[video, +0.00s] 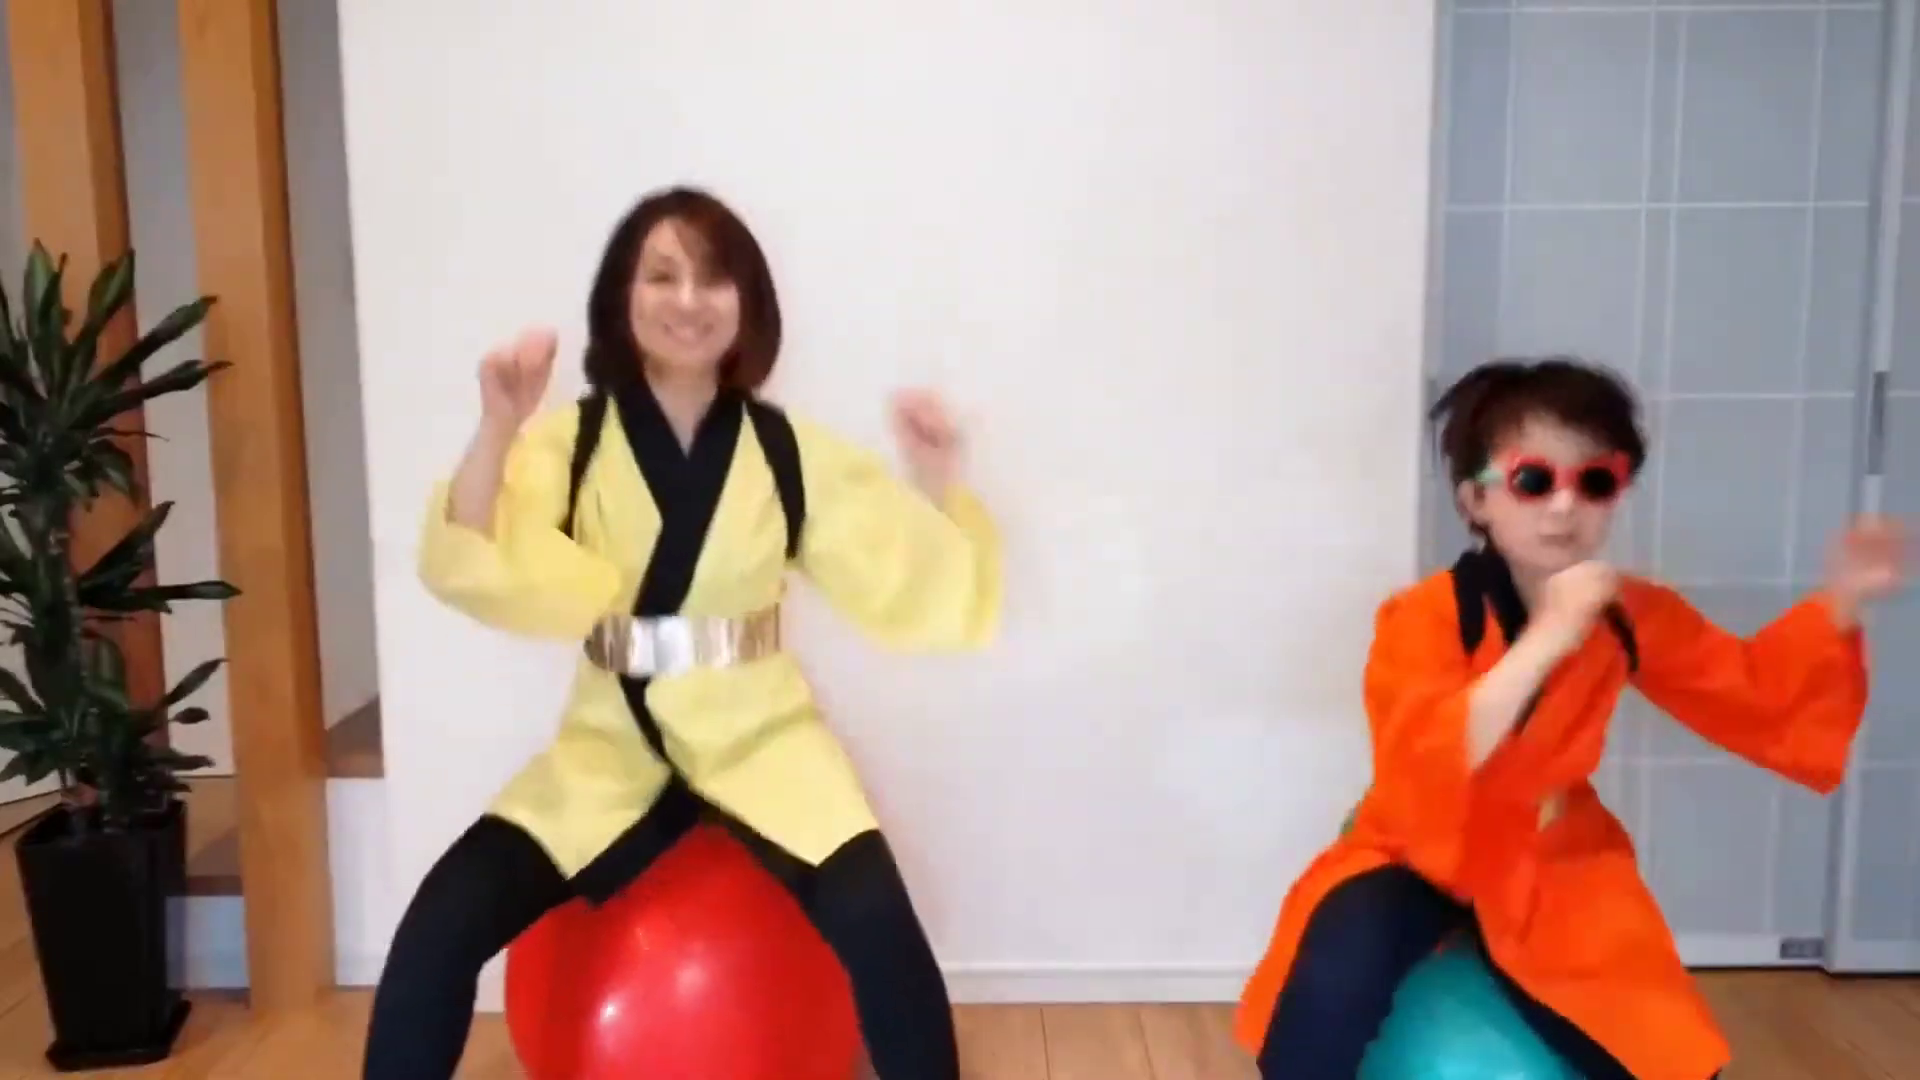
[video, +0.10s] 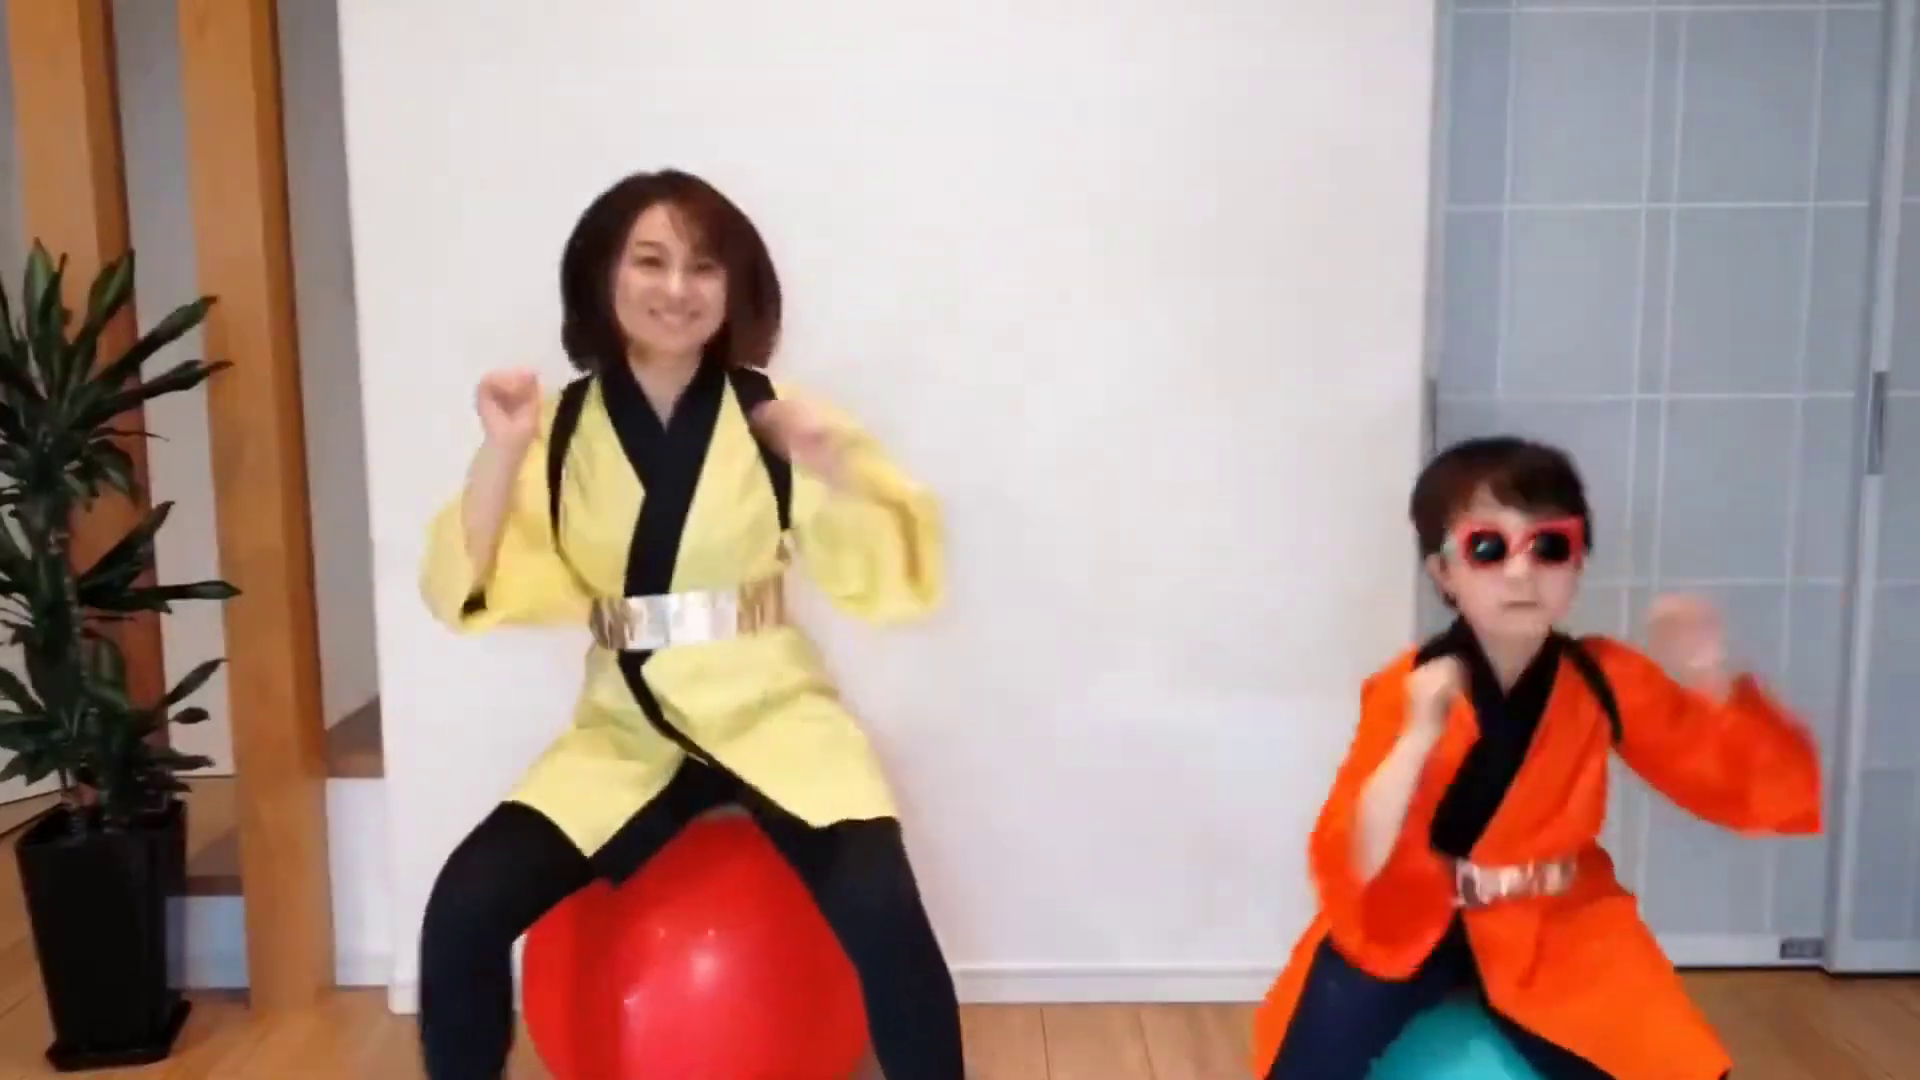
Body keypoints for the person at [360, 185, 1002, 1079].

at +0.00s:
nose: (686, 300)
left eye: (713, 279)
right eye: (660, 276)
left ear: (747, 303)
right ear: (622, 298)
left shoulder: (785, 447)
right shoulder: (570, 437)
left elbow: (923, 597)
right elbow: (464, 571)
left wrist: (936, 481)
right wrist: (496, 431)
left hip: (766, 747)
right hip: (611, 752)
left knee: (882, 929)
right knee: (440, 924)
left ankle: (922, 1071)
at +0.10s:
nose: (674, 289)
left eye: (703, 267)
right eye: (648, 262)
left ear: (733, 289)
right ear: (602, 281)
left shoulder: (772, 416)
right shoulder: (559, 426)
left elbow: (890, 574)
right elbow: (460, 594)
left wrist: (831, 462)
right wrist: (503, 451)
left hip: (778, 726)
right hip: (626, 738)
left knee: (886, 916)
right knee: (463, 909)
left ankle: (930, 1072)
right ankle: (461, 1073)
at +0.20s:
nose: (664, 336)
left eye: (688, 314)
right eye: (637, 311)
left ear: (719, 335)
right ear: (589, 330)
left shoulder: (778, 456)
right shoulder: (542, 485)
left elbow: (886, 556)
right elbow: (514, 664)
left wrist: (788, 567)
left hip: (788, 768)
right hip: (640, 780)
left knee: (886, 933)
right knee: (496, 938)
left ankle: (923, 1072)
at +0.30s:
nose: (646, 397)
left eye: (668, 372)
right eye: (616, 377)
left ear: (700, 390)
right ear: (575, 404)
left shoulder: (761, 508)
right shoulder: (548, 549)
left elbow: (900, 587)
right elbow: (545, 671)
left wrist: (838, 683)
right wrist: (519, 724)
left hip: (794, 824)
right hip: (647, 842)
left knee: (881, 957)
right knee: (500, 942)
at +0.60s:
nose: (608, 352)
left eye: (623, 323)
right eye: (573, 335)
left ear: (652, 332)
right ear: (526, 363)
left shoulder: (735, 440)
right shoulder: (524, 508)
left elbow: (863, 542)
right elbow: (557, 654)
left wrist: (917, 697)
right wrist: (526, 781)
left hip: (778, 747)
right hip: (635, 767)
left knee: (868, 940)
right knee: (468, 889)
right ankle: (450, 1068)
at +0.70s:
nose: (608, 384)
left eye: (623, 358)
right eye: (575, 365)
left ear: (649, 372)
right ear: (523, 393)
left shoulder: (726, 479)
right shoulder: (517, 545)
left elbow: (842, 622)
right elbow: (494, 706)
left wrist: (942, 773)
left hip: (781, 780)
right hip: (631, 797)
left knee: (871, 937)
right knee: (461, 929)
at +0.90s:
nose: (639, 362)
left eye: (665, 339)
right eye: (609, 339)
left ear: (698, 363)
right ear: (568, 363)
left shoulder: (759, 501)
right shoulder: (534, 516)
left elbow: (858, 631)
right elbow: (391, 615)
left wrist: (806, 574)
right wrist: (229, 568)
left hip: (753, 800)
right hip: (600, 806)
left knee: (868, 949)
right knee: (432, 943)